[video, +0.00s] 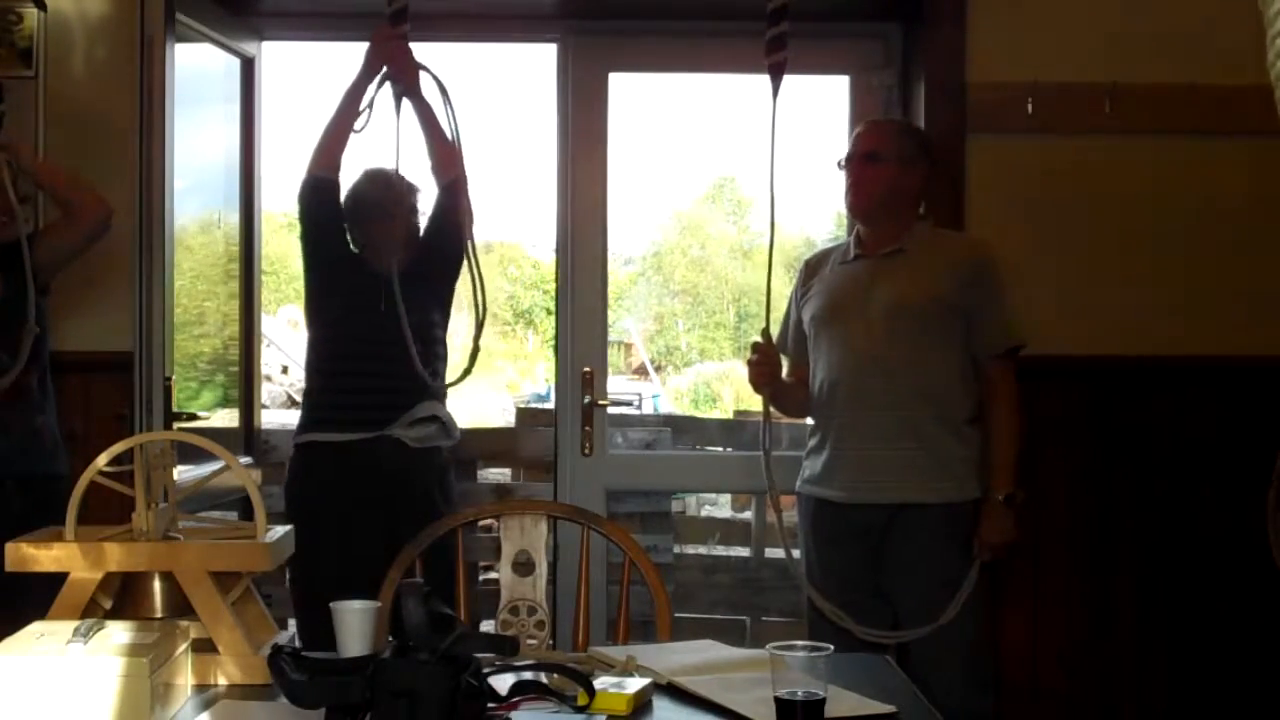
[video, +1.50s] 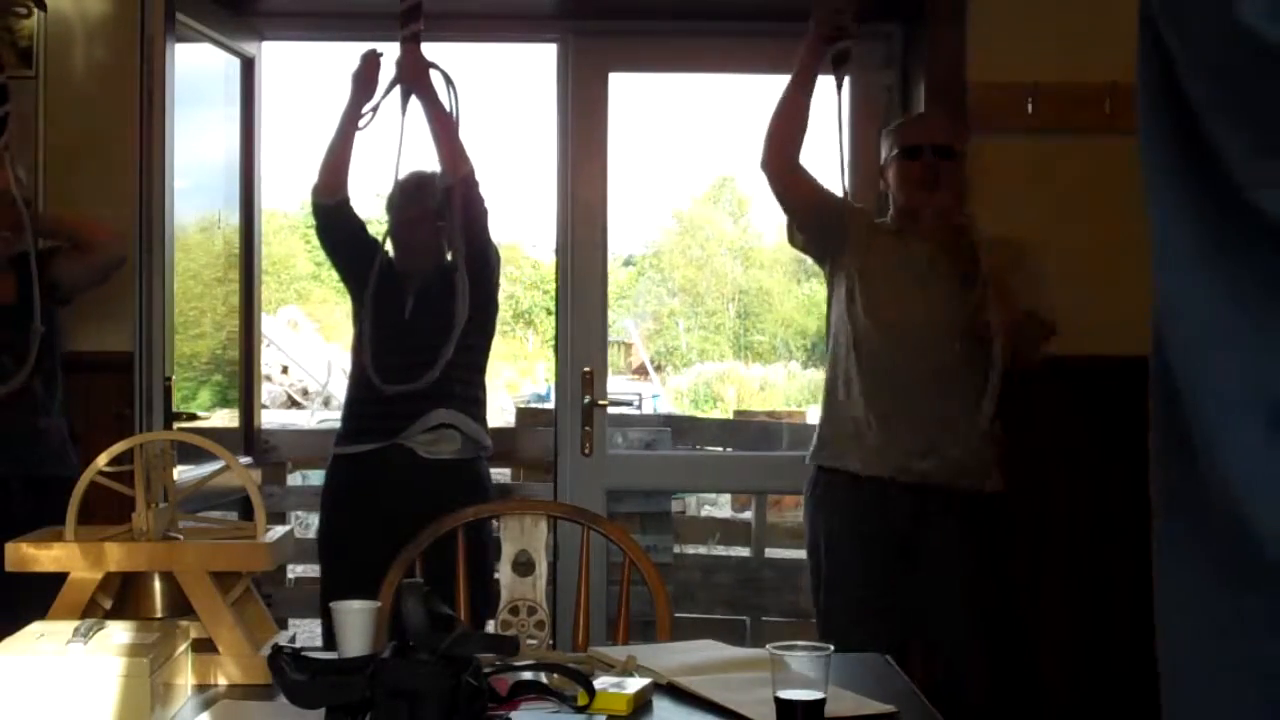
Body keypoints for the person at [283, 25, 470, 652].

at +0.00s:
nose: (407, 216)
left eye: (407, 207)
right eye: (393, 205)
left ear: (415, 222)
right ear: (357, 223)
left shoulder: (432, 277)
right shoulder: (331, 271)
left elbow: (453, 180)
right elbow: (322, 171)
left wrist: (414, 91)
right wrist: (368, 72)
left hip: (416, 457)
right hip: (330, 458)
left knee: (425, 614)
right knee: (331, 620)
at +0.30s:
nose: (398, 215)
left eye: (410, 206)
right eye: (386, 206)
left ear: (428, 220)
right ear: (366, 223)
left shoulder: (446, 279)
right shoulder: (346, 274)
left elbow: (449, 182)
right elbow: (324, 185)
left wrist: (410, 87)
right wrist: (363, 85)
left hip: (426, 464)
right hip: (340, 463)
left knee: (429, 630)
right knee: (334, 640)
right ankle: (343, 708)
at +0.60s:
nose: (421, 210)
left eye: (432, 203)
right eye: (408, 203)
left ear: (449, 220)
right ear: (388, 223)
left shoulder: (471, 279)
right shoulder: (370, 277)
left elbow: (461, 184)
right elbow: (335, 195)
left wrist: (422, 91)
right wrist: (367, 96)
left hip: (451, 468)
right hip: (366, 467)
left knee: (456, 632)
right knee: (352, 634)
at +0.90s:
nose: (433, 214)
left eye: (442, 204)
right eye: (418, 205)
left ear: (460, 217)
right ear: (398, 224)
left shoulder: (484, 278)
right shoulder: (383, 279)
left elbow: (471, 182)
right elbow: (338, 204)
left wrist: (431, 92)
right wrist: (363, 105)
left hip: (466, 469)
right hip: (382, 467)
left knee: (463, 626)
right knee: (367, 624)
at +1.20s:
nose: (427, 211)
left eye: (437, 202)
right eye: (412, 203)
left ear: (454, 218)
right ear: (392, 224)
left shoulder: (477, 280)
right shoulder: (376, 280)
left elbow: (467, 183)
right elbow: (331, 202)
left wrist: (427, 93)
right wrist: (358, 104)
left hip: (458, 476)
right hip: (371, 474)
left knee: (460, 638)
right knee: (362, 640)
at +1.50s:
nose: (432, 210)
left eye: (442, 200)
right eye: (416, 201)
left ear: (455, 219)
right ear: (390, 222)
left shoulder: (473, 282)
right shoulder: (373, 281)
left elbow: (462, 183)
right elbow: (328, 200)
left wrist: (425, 93)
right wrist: (355, 108)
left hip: (451, 480)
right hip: (364, 480)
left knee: (455, 645)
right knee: (357, 649)